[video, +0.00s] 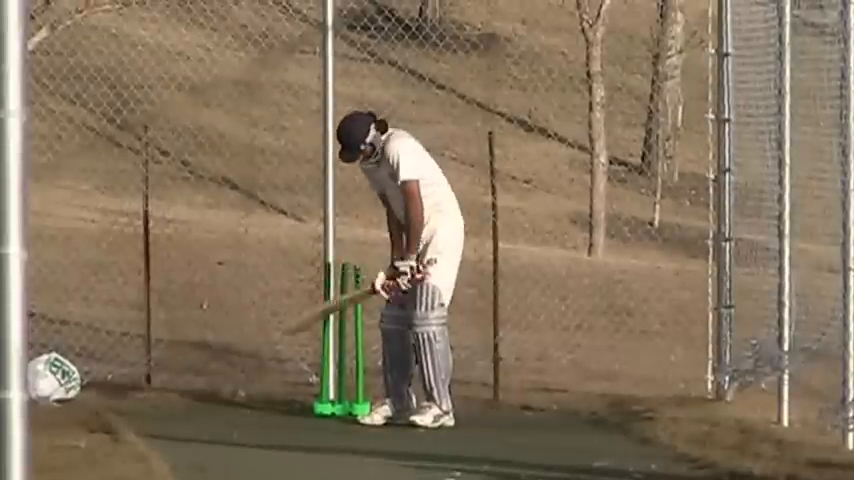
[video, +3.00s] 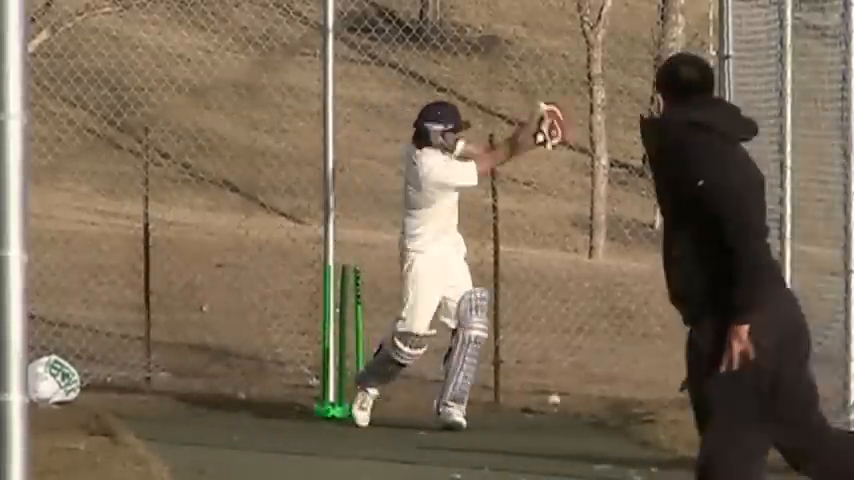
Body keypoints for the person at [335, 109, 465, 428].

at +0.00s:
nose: (360, 160)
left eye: (362, 153)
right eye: (357, 156)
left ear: (373, 140)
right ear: (357, 147)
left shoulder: (398, 148)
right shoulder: (369, 162)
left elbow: (415, 205)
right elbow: (393, 214)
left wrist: (410, 257)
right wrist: (395, 264)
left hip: (439, 235)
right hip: (412, 240)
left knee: (426, 320)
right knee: (393, 321)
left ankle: (439, 406)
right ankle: (399, 401)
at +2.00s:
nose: (379, 131)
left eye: (387, 125)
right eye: (373, 124)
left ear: (398, 124)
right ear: (364, 125)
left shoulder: (409, 153)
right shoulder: (361, 162)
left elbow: (436, 205)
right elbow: (378, 206)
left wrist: (415, 250)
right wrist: (392, 248)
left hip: (430, 242)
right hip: (399, 245)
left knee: (416, 318)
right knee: (373, 320)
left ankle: (438, 406)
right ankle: (397, 403)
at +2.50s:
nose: (383, 148)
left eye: (390, 141)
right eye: (375, 142)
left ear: (401, 142)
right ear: (367, 144)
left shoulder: (411, 177)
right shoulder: (371, 169)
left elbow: (398, 241)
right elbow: (376, 202)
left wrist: (360, 249)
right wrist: (358, 228)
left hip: (431, 259)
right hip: (397, 261)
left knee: (418, 325)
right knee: (361, 330)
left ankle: (442, 406)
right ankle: (395, 404)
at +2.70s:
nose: (410, 149)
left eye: (416, 142)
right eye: (402, 144)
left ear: (425, 142)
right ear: (392, 146)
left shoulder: (443, 168)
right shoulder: (384, 182)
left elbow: (434, 221)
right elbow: (390, 237)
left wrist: (391, 254)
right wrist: (372, 258)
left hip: (439, 271)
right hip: (397, 271)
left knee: (449, 324)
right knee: (360, 331)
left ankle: (445, 407)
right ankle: (381, 394)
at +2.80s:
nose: (416, 148)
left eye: (422, 141)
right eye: (408, 142)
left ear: (431, 138)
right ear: (396, 142)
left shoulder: (441, 147)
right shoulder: (402, 178)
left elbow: (463, 176)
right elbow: (431, 225)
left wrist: (480, 218)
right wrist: (467, 241)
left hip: (448, 256)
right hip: (409, 259)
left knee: (461, 322)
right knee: (390, 329)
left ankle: (450, 401)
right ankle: (362, 394)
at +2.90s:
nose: (428, 150)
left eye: (434, 142)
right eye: (420, 144)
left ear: (439, 139)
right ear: (404, 143)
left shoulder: (442, 147)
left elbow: (483, 180)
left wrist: (526, 205)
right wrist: (533, 199)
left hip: (444, 252)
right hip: (413, 258)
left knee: (462, 324)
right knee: (404, 345)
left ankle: (450, 406)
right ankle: (365, 392)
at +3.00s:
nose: (456, 139)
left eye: (456, 133)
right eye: (451, 134)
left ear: (435, 133)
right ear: (434, 135)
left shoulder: (435, 152)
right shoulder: (429, 165)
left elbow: (478, 153)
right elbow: (485, 166)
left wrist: (521, 140)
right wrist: (524, 139)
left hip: (450, 251)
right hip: (423, 255)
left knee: (470, 326)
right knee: (412, 339)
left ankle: (451, 406)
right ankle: (368, 386)